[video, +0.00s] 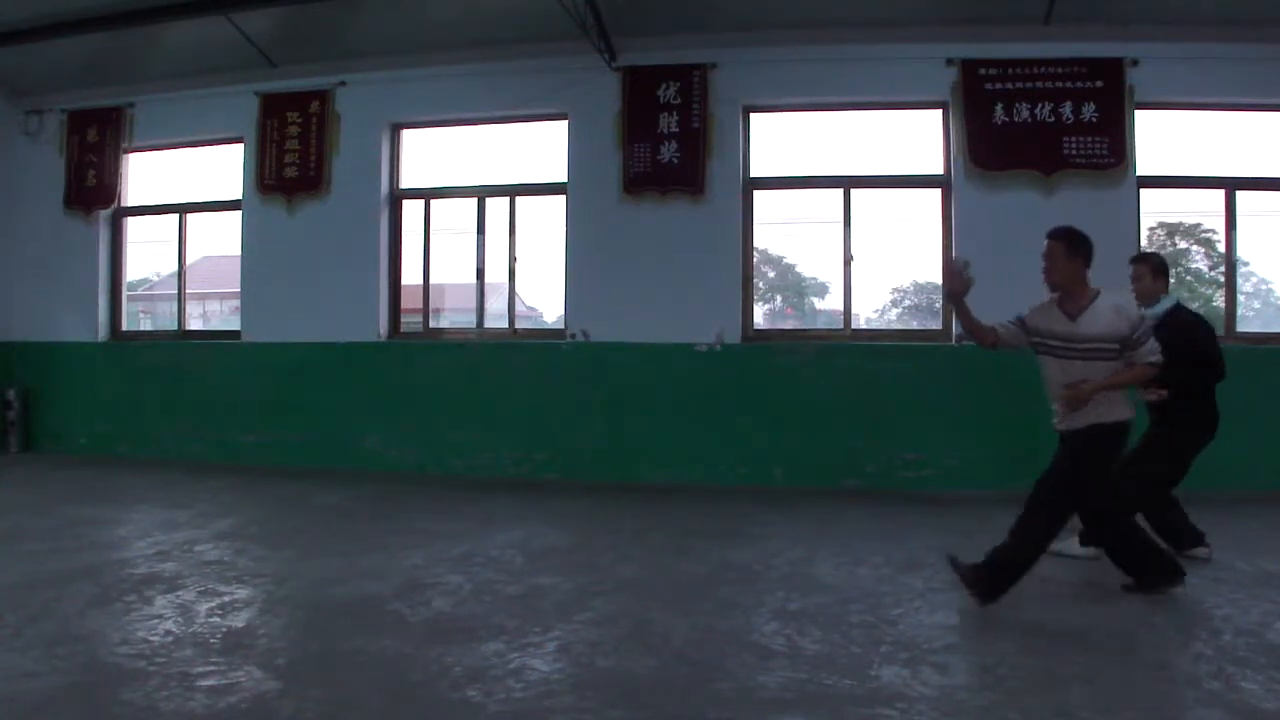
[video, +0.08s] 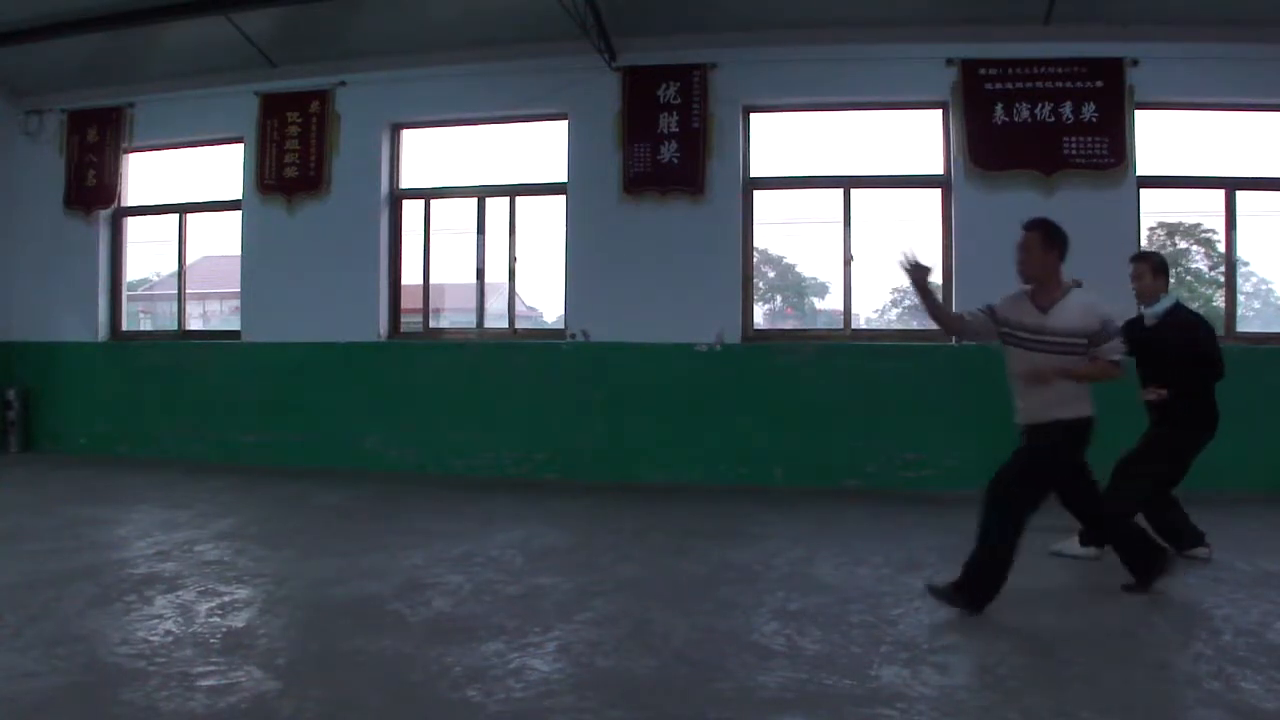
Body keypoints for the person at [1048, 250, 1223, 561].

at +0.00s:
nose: (1133, 287)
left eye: (1139, 279)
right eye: (1132, 280)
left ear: (1161, 281)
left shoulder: (1190, 324)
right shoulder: (1138, 324)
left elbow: (1213, 372)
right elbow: (1130, 366)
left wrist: (1169, 389)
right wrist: (1143, 385)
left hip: (1191, 418)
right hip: (1163, 414)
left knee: (1131, 474)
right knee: (1148, 482)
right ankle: (1190, 543)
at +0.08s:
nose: (1134, 285)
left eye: (1140, 278)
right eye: (1132, 279)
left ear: (1161, 280)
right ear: (1135, 281)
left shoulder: (1192, 324)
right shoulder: (1134, 328)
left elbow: (1213, 371)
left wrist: (1171, 390)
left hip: (1194, 418)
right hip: (1161, 416)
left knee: (1131, 471)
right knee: (1149, 482)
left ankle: (1092, 538)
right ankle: (1190, 543)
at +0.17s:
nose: (1134, 285)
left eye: (1140, 278)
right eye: (1132, 278)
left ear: (1161, 280)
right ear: (1135, 281)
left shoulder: (1190, 323)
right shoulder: (1139, 326)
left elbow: (1213, 371)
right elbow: (1104, 344)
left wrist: (1170, 390)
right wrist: (1068, 341)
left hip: (1192, 420)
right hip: (1163, 418)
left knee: (1131, 471)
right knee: (1148, 483)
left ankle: (1095, 538)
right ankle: (1190, 543)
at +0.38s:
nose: (1134, 283)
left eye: (1140, 276)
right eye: (1133, 276)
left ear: (1162, 277)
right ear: (1136, 279)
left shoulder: (1190, 321)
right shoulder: (1140, 324)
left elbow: (1211, 370)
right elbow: (1100, 344)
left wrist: (1169, 389)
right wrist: (1069, 316)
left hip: (1191, 419)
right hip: (1163, 418)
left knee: (1131, 471)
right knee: (1147, 482)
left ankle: (1091, 541)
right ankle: (1191, 544)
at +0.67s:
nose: (1134, 279)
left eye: (1140, 271)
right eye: (1133, 272)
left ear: (1162, 273)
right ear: (1137, 274)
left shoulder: (1189, 318)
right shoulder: (1140, 320)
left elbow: (1208, 366)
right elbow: (1099, 341)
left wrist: (1166, 386)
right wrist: (1069, 314)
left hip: (1189, 417)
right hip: (1161, 416)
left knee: (1130, 471)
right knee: (1149, 480)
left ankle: (1092, 541)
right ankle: (1191, 543)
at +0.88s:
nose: (1128, 271)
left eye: (1134, 264)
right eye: (1127, 265)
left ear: (1156, 268)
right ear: (1132, 268)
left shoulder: (1183, 313)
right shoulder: (1131, 314)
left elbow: (1201, 363)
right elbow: (1092, 334)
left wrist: (1156, 377)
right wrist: (1063, 308)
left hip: (1179, 414)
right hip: (1151, 413)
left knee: (1120, 465)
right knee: (1148, 482)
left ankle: (1090, 540)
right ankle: (1191, 543)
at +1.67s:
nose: (963, 230)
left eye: (967, 223)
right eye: (962, 223)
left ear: (987, 223)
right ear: (987, 224)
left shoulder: (1000, 267)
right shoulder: (999, 260)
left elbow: (945, 283)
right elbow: (1014, 312)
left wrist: (893, 266)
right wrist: (982, 308)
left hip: (1019, 365)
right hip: (1003, 355)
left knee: (996, 439)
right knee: (939, 349)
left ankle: (1008, 529)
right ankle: (962, 411)